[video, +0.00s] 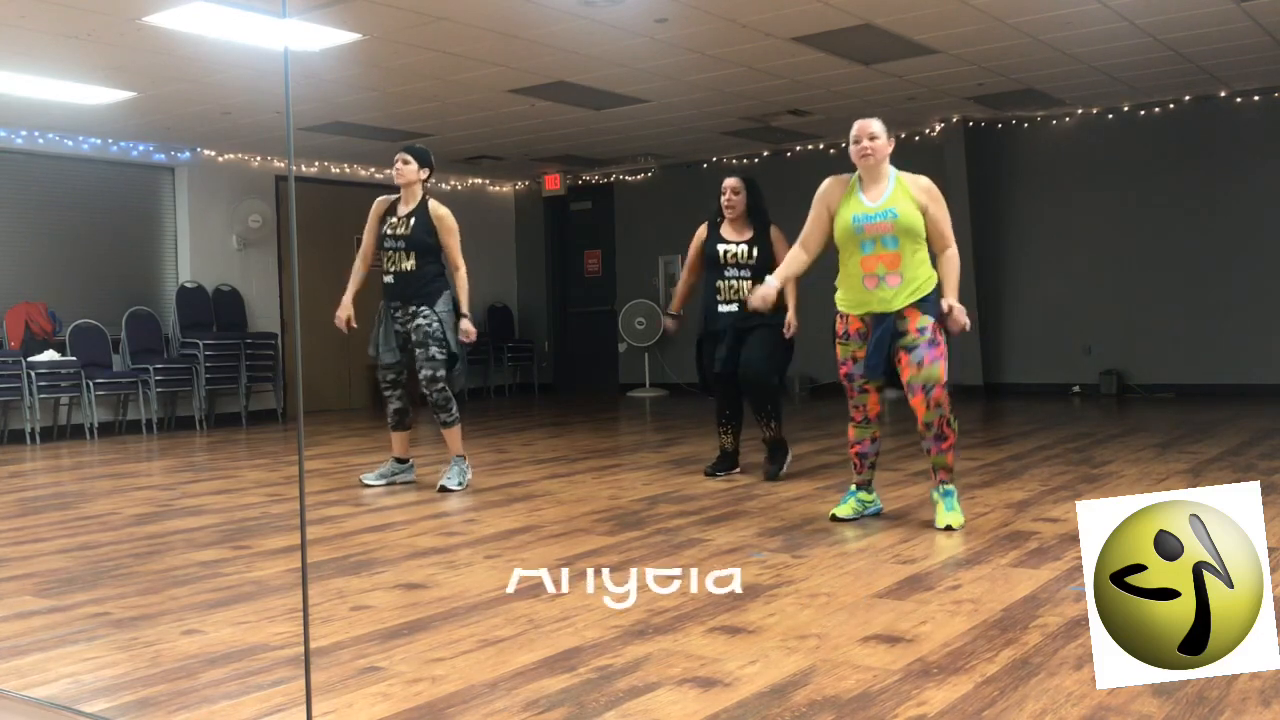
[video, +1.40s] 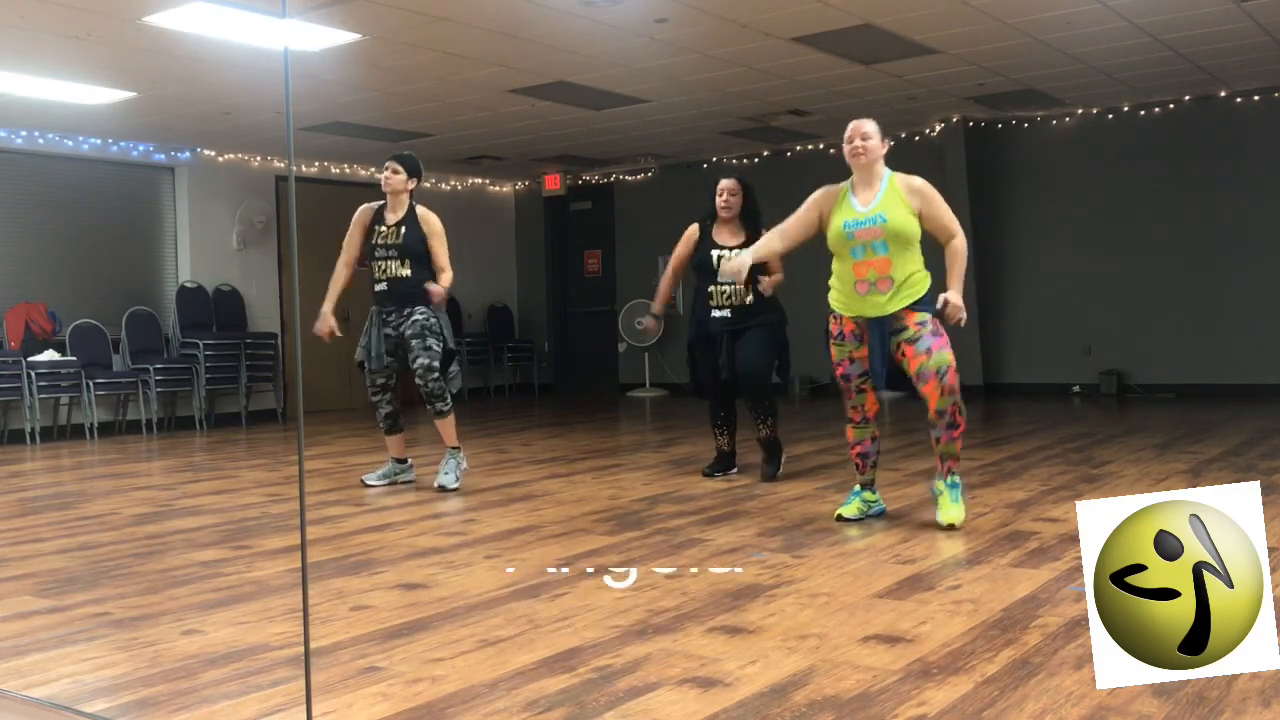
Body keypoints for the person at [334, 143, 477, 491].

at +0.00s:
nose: (397, 168)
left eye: (405, 163)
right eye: (395, 163)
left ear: (424, 172)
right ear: (392, 171)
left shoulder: (439, 214)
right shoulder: (382, 207)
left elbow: (457, 267)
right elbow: (364, 257)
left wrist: (464, 315)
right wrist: (347, 298)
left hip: (430, 310)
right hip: (392, 311)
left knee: (433, 383)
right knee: (392, 384)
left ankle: (459, 462)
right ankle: (400, 463)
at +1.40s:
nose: (386, 176)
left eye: (394, 172)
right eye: (385, 170)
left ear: (411, 182)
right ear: (382, 178)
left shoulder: (426, 219)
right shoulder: (366, 214)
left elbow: (444, 268)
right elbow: (346, 262)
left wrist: (441, 287)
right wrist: (327, 308)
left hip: (420, 312)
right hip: (382, 316)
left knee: (428, 378)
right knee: (380, 387)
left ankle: (454, 455)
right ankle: (400, 464)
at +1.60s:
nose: (392, 169)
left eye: (400, 164)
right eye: (391, 164)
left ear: (420, 171)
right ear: (391, 172)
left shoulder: (435, 209)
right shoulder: (384, 208)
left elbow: (441, 265)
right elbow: (384, 260)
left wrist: (398, 270)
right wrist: (376, 302)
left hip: (427, 310)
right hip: (390, 311)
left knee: (435, 386)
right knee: (392, 385)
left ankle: (456, 465)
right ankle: (400, 462)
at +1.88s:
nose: (394, 173)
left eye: (401, 168)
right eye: (392, 168)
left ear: (422, 174)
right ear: (393, 176)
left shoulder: (433, 205)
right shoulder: (400, 220)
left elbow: (443, 258)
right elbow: (407, 278)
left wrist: (424, 307)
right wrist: (380, 300)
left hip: (435, 308)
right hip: (402, 309)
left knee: (435, 383)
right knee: (373, 373)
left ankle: (456, 465)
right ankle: (391, 453)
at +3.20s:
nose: (407, 179)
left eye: (413, 173)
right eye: (406, 174)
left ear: (436, 174)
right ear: (412, 179)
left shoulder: (456, 211)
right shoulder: (416, 215)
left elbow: (452, 257)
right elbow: (415, 271)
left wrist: (417, 277)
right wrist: (394, 307)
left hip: (445, 314)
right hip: (412, 313)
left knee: (437, 385)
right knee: (374, 370)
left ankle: (459, 465)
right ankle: (386, 450)